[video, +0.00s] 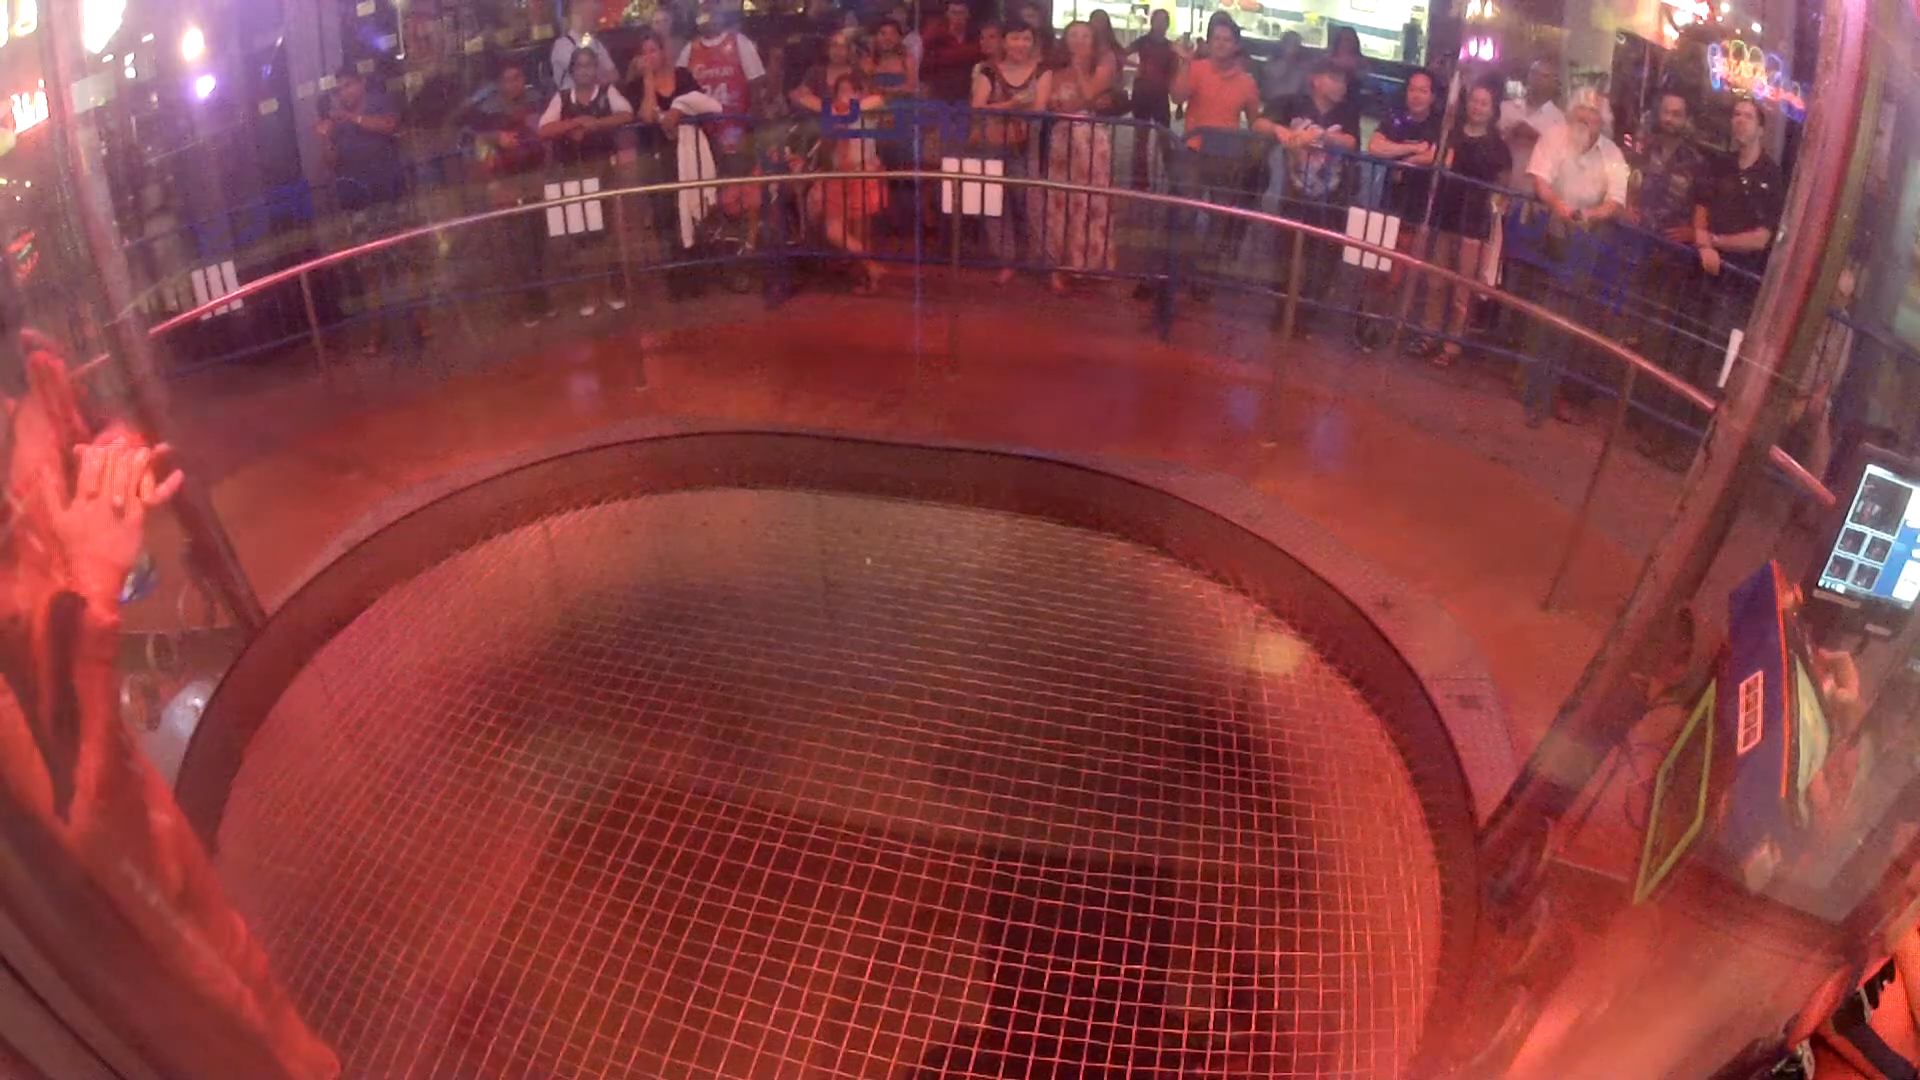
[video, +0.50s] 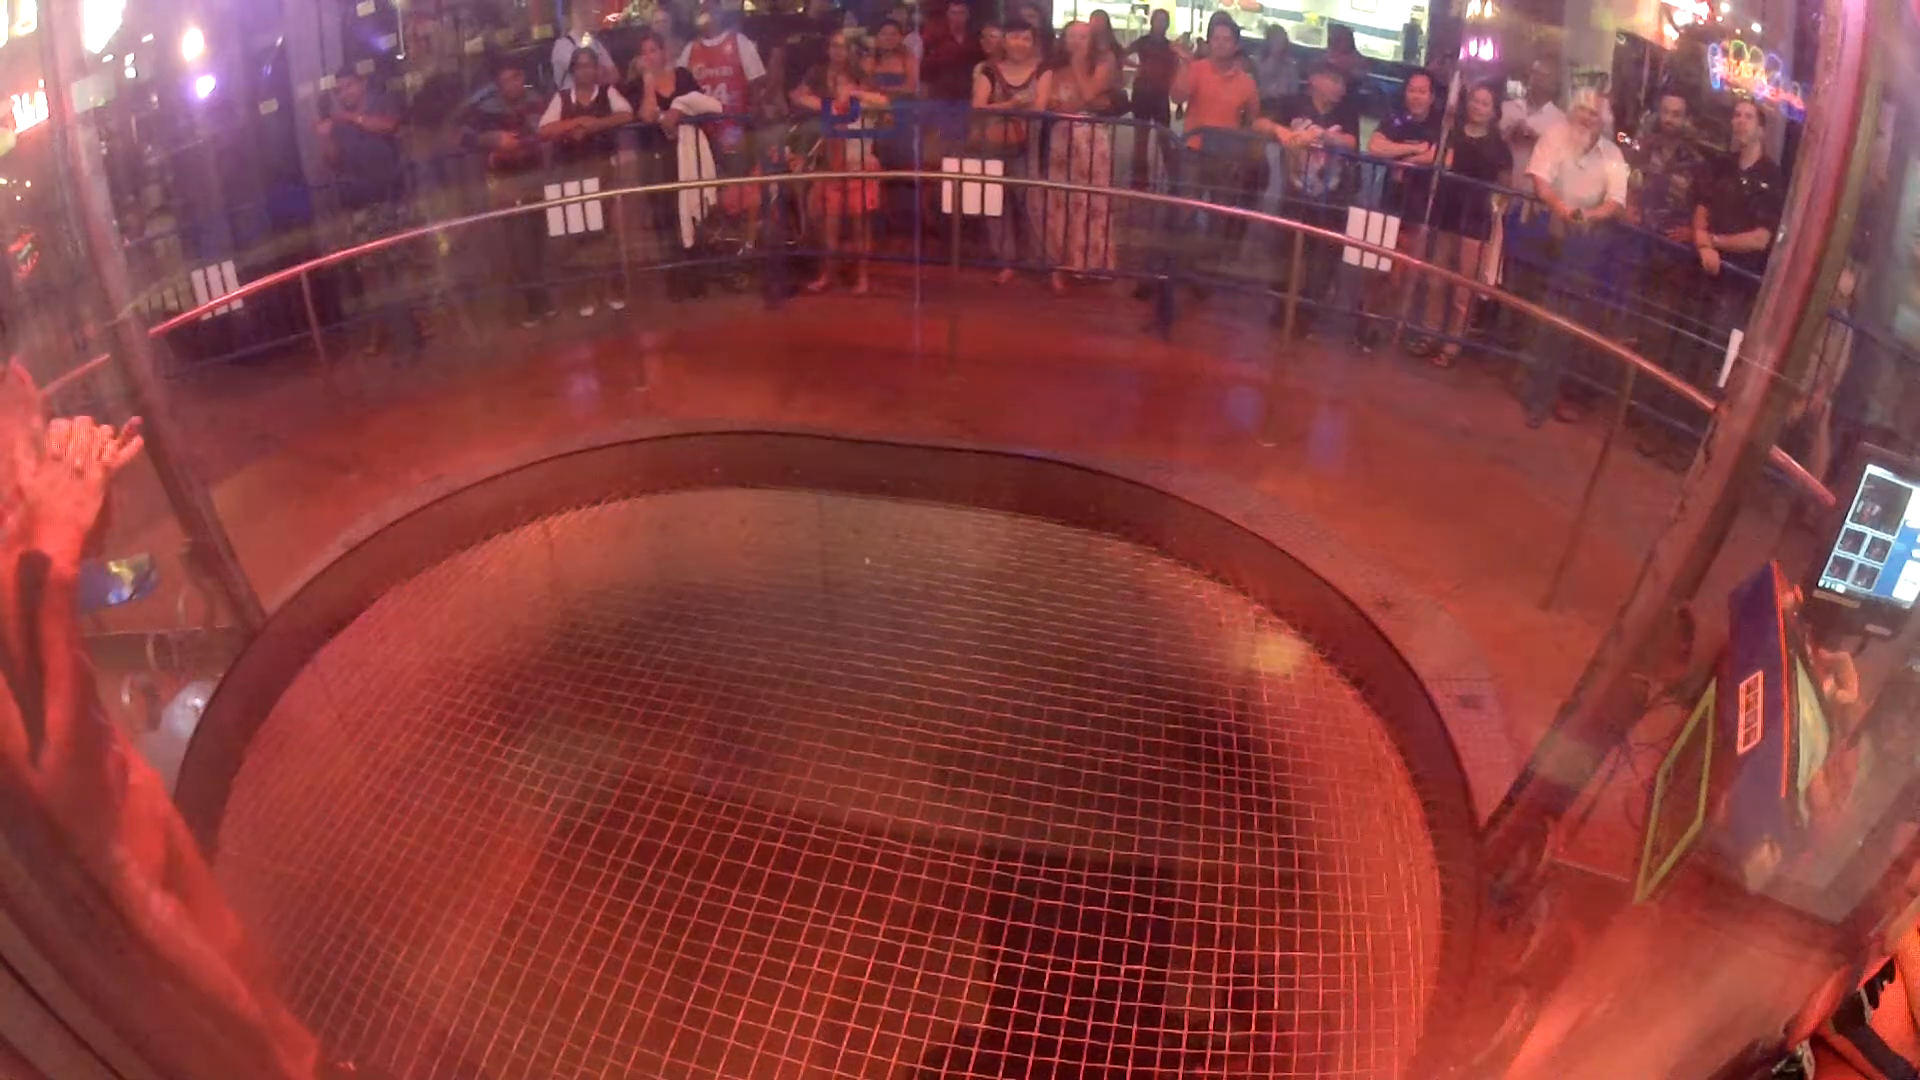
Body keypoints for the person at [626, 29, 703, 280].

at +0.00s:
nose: (649, 57)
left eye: (653, 51)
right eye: (644, 53)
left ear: (663, 52)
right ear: (639, 58)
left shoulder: (682, 75)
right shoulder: (635, 86)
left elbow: (700, 105)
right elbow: (647, 116)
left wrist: (676, 115)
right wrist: (647, 78)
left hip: (687, 152)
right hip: (656, 156)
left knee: (691, 202)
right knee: (665, 209)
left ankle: (697, 264)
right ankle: (673, 269)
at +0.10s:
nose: (649, 56)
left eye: (653, 51)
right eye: (645, 52)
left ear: (663, 52)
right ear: (640, 58)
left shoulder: (682, 75)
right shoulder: (636, 86)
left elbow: (701, 105)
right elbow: (646, 117)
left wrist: (675, 114)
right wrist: (647, 79)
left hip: (687, 151)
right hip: (656, 155)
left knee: (691, 206)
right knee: (665, 211)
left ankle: (697, 271)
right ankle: (674, 276)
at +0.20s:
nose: (649, 57)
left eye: (653, 51)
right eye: (645, 52)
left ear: (663, 51)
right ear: (640, 57)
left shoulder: (682, 75)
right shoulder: (636, 86)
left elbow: (701, 104)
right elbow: (646, 117)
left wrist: (676, 114)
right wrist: (647, 78)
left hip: (687, 152)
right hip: (656, 156)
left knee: (690, 208)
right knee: (666, 213)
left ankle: (698, 274)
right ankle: (675, 279)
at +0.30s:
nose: (650, 57)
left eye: (653, 51)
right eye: (645, 53)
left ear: (664, 51)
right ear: (641, 58)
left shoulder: (681, 74)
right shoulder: (639, 85)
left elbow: (701, 104)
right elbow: (647, 116)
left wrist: (677, 112)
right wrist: (646, 79)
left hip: (688, 149)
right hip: (658, 152)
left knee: (691, 206)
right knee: (666, 210)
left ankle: (698, 274)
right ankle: (674, 278)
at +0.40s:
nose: (650, 57)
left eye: (654, 51)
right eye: (645, 53)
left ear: (664, 52)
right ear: (641, 58)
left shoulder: (682, 75)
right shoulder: (638, 86)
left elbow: (701, 104)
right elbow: (648, 116)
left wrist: (678, 111)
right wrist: (647, 78)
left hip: (688, 148)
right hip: (658, 151)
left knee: (691, 204)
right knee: (666, 209)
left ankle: (698, 273)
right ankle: (674, 277)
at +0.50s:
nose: (649, 57)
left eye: (653, 51)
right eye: (645, 53)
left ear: (664, 52)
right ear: (640, 58)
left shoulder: (682, 75)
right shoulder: (637, 86)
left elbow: (702, 104)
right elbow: (648, 117)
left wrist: (677, 112)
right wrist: (647, 79)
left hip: (688, 148)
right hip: (658, 151)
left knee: (692, 204)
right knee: (666, 209)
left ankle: (698, 273)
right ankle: (674, 278)